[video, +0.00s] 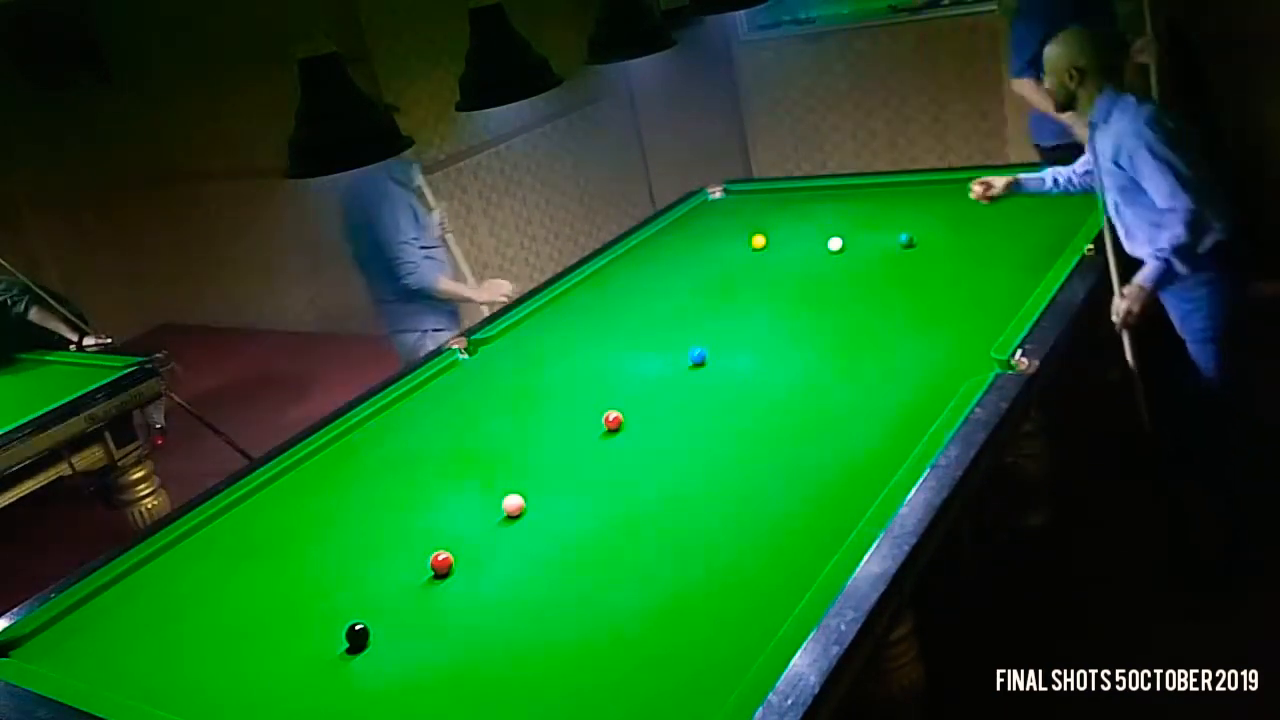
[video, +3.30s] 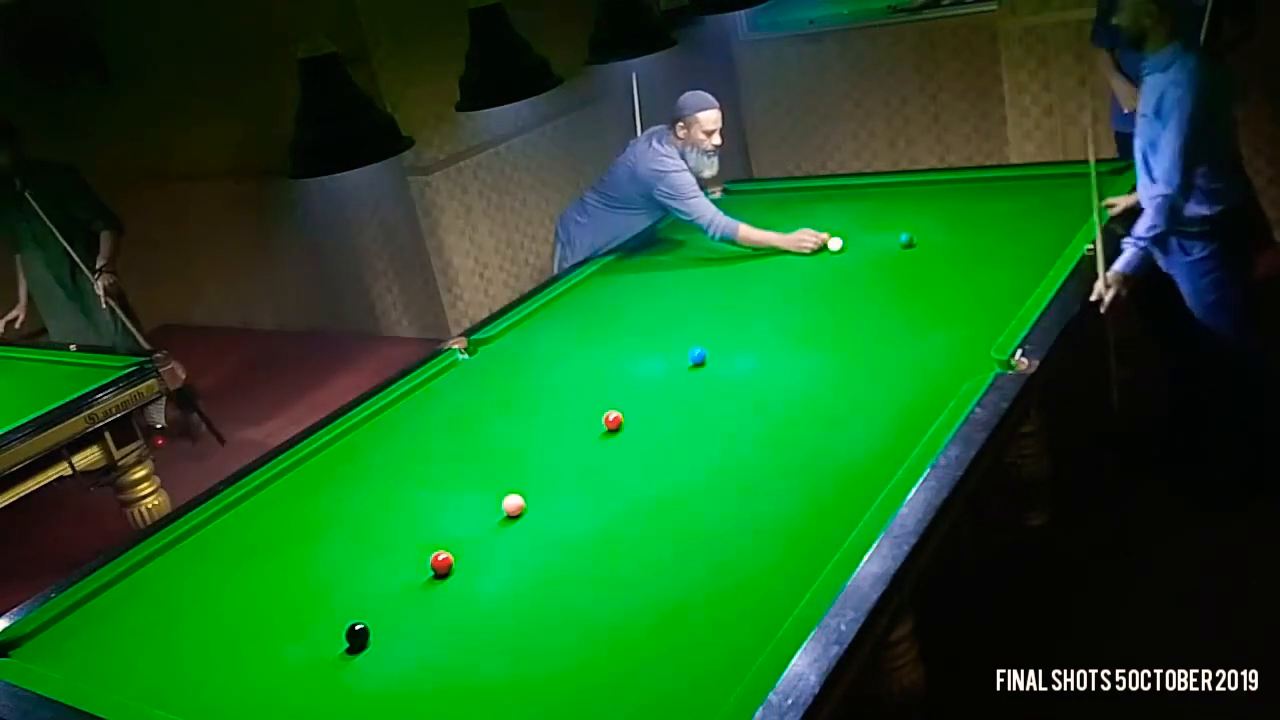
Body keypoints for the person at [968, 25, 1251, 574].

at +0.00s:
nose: (1043, 88)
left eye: (1047, 76)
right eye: (1043, 77)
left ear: (1072, 79)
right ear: (1085, 77)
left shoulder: (1130, 129)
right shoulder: (1109, 126)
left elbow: (1185, 217)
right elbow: (1087, 174)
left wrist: (1144, 283)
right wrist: (1014, 182)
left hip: (1200, 293)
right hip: (1179, 290)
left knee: (1220, 416)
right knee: (1208, 413)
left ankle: (1231, 541)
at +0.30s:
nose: (997, 84)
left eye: (1002, 72)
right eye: (997, 73)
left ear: (1031, 68)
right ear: (1031, 68)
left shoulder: (1079, 109)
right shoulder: (1060, 111)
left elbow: (1121, 191)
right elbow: (1030, 166)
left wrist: (1110, 262)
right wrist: (962, 194)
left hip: (1174, 241)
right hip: (1152, 240)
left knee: (1191, 365)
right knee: (1173, 363)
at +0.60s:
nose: (947, 114)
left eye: (952, 104)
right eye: (947, 105)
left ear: (979, 99)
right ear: (977, 100)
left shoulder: (1036, 119)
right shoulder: (1000, 143)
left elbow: (1081, 183)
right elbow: (955, 189)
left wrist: (1086, 255)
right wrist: (891, 220)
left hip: (1149, 214)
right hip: (1119, 224)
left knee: (1188, 330)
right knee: (1164, 332)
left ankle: (1208, 444)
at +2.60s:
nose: (956, 96)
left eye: (959, 85)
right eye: (955, 86)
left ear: (984, 84)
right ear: (986, 83)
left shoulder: (1040, 111)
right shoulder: (1014, 126)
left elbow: (1083, 183)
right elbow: (1012, 180)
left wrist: (1087, 259)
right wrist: (958, 211)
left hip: (1140, 216)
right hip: (1110, 223)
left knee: (1186, 325)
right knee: (1161, 329)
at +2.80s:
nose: (998, 59)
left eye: (1005, 48)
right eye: (999, 48)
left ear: (1036, 47)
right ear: (1037, 46)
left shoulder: (1074, 95)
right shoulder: (1068, 87)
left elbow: (1099, 186)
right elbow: (1085, 165)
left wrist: (1092, 260)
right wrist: (1041, 195)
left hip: (1161, 231)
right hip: (1151, 225)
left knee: (1192, 348)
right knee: (1184, 343)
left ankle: (1217, 467)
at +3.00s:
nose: (1044, 39)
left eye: (1051, 28)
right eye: (1044, 29)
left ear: (1080, 29)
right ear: (1083, 29)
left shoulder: (1113, 85)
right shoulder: (1109, 75)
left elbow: (1119, 186)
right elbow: (1140, 154)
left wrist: (1095, 259)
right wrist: (1106, 182)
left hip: (1168, 237)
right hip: (1161, 233)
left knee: (1189, 359)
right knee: (1183, 356)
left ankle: (1211, 472)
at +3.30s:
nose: (1119, 21)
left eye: (1129, 11)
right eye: (1120, 12)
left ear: (1157, 16)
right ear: (1151, 20)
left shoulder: (1186, 78)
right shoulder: (1160, 73)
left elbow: (1170, 183)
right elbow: (1165, 152)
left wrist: (1126, 263)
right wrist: (1139, 192)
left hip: (1207, 243)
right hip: (1180, 236)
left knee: (1229, 362)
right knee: (1203, 357)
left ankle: (1241, 467)